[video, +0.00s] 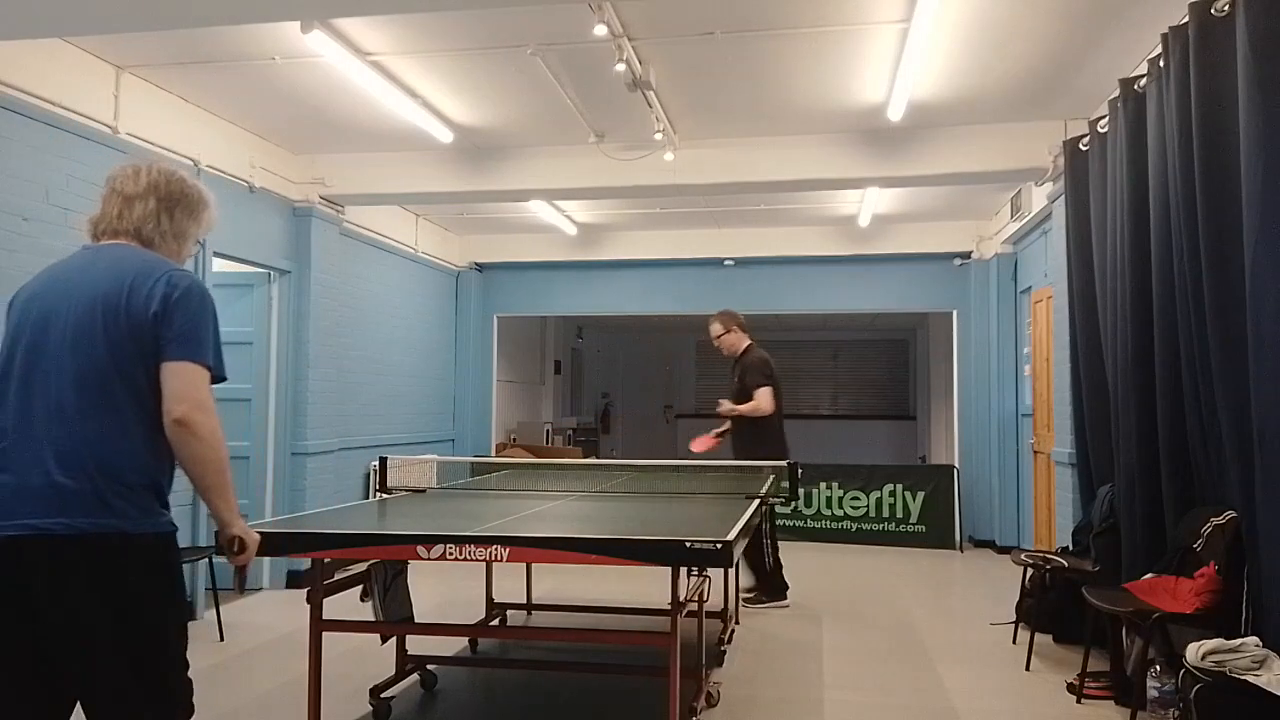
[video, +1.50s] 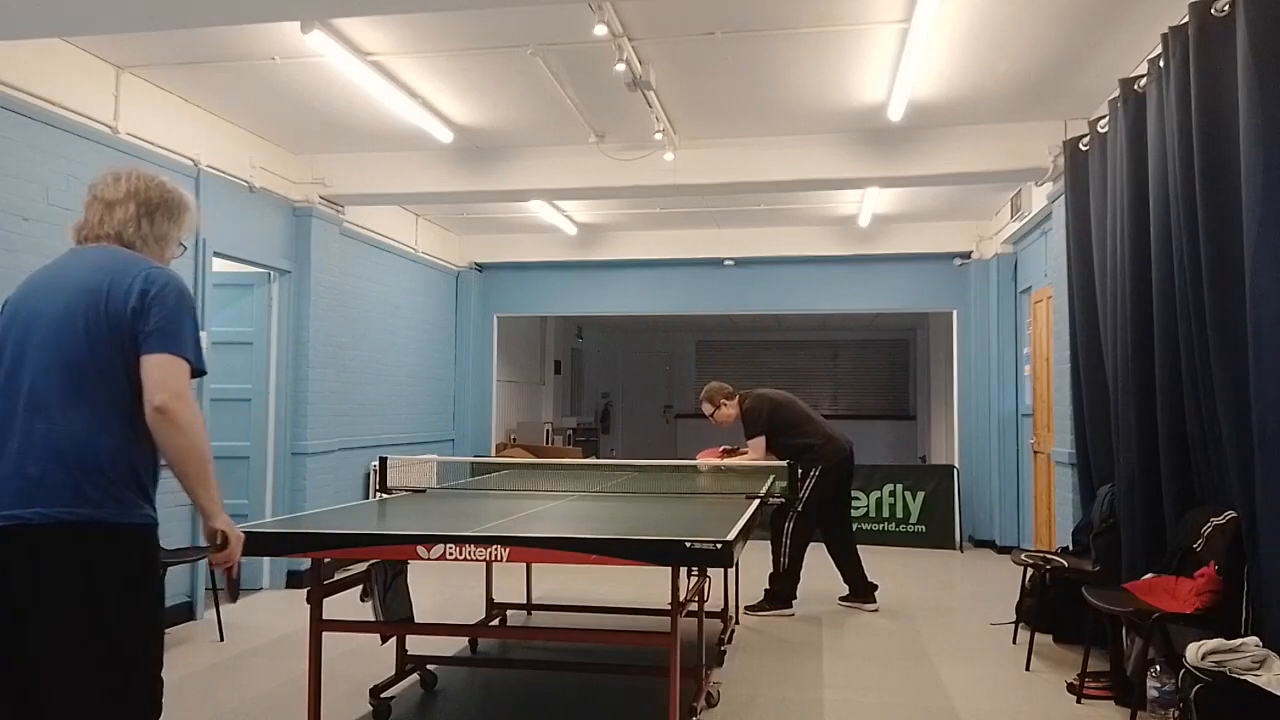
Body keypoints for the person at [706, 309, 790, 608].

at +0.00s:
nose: (716, 345)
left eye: (718, 338)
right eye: (714, 340)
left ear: (734, 331)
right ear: (731, 334)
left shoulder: (755, 361)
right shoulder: (743, 362)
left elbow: (766, 406)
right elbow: (746, 408)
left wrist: (733, 409)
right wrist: (725, 429)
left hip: (764, 459)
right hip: (752, 458)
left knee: (759, 523)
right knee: (752, 522)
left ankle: (774, 588)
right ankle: (765, 582)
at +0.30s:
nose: (746, 349)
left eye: (750, 342)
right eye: (742, 345)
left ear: (767, 337)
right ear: (743, 349)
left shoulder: (787, 364)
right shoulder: (773, 369)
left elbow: (811, 406)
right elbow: (785, 412)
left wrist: (773, 422)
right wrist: (761, 433)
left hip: (805, 459)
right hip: (799, 458)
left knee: (776, 520)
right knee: (824, 519)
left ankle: (774, 587)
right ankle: (860, 583)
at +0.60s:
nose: (761, 365)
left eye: (762, 358)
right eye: (758, 360)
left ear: (777, 348)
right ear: (777, 351)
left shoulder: (803, 370)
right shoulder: (797, 372)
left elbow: (824, 415)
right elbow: (811, 417)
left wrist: (792, 435)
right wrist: (788, 434)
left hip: (828, 460)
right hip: (832, 458)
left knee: (798, 521)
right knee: (832, 525)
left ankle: (783, 593)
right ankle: (861, 591)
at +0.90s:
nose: (746, 389)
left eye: (743, 382)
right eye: (742, 385)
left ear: (755, 369)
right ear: (757, 369)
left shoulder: (784, 382)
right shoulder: (788, 377)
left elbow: (790, 436)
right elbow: (795, 426)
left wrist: (754, 447)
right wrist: (765, 438)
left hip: (830, 461)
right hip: (844, 457)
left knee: (802, 528)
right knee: (838, 527)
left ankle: (781, 598)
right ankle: (862, 592)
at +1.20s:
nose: (719, 418)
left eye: (716, 411)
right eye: (714, 414)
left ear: (728, 398)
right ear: (729, 397)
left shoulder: (757, 402)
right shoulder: (760, 396)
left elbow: (762, 452)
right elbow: (773, 445)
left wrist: (726, 461)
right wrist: (742, 450)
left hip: (823, 459)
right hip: (837, 454)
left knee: (790, 522)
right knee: (835, 526)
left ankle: (780, 598)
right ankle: (862, 591)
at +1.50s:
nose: (714, 422)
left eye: (712, 415)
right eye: (710, 418)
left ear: (725, 403)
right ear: (727, 401)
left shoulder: (753, 406)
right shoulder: (757, 400)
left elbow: (757, 456)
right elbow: (773, 450)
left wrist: (722, 463)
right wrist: (739, 452)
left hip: (823, 459)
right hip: (837, 453)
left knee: (786, 520)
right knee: (834, 525)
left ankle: (780, 598)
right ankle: (862, 591)